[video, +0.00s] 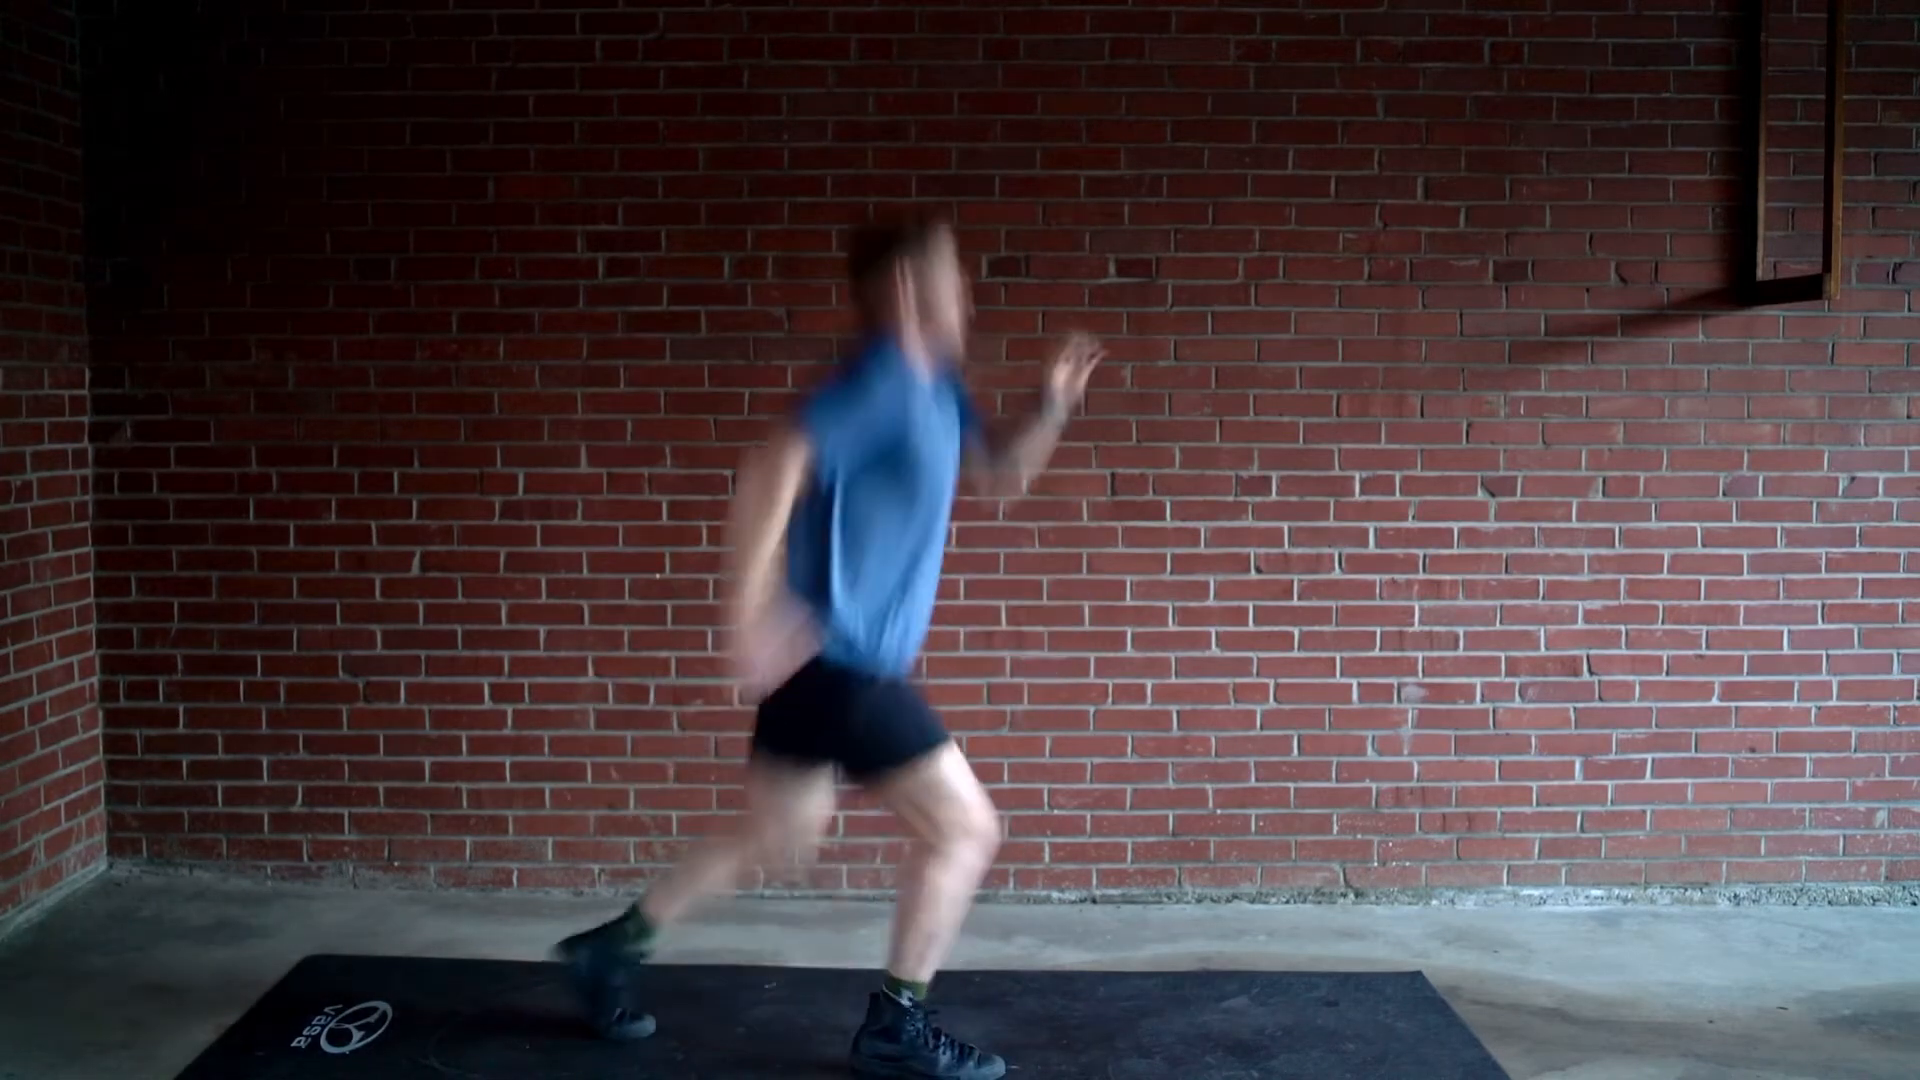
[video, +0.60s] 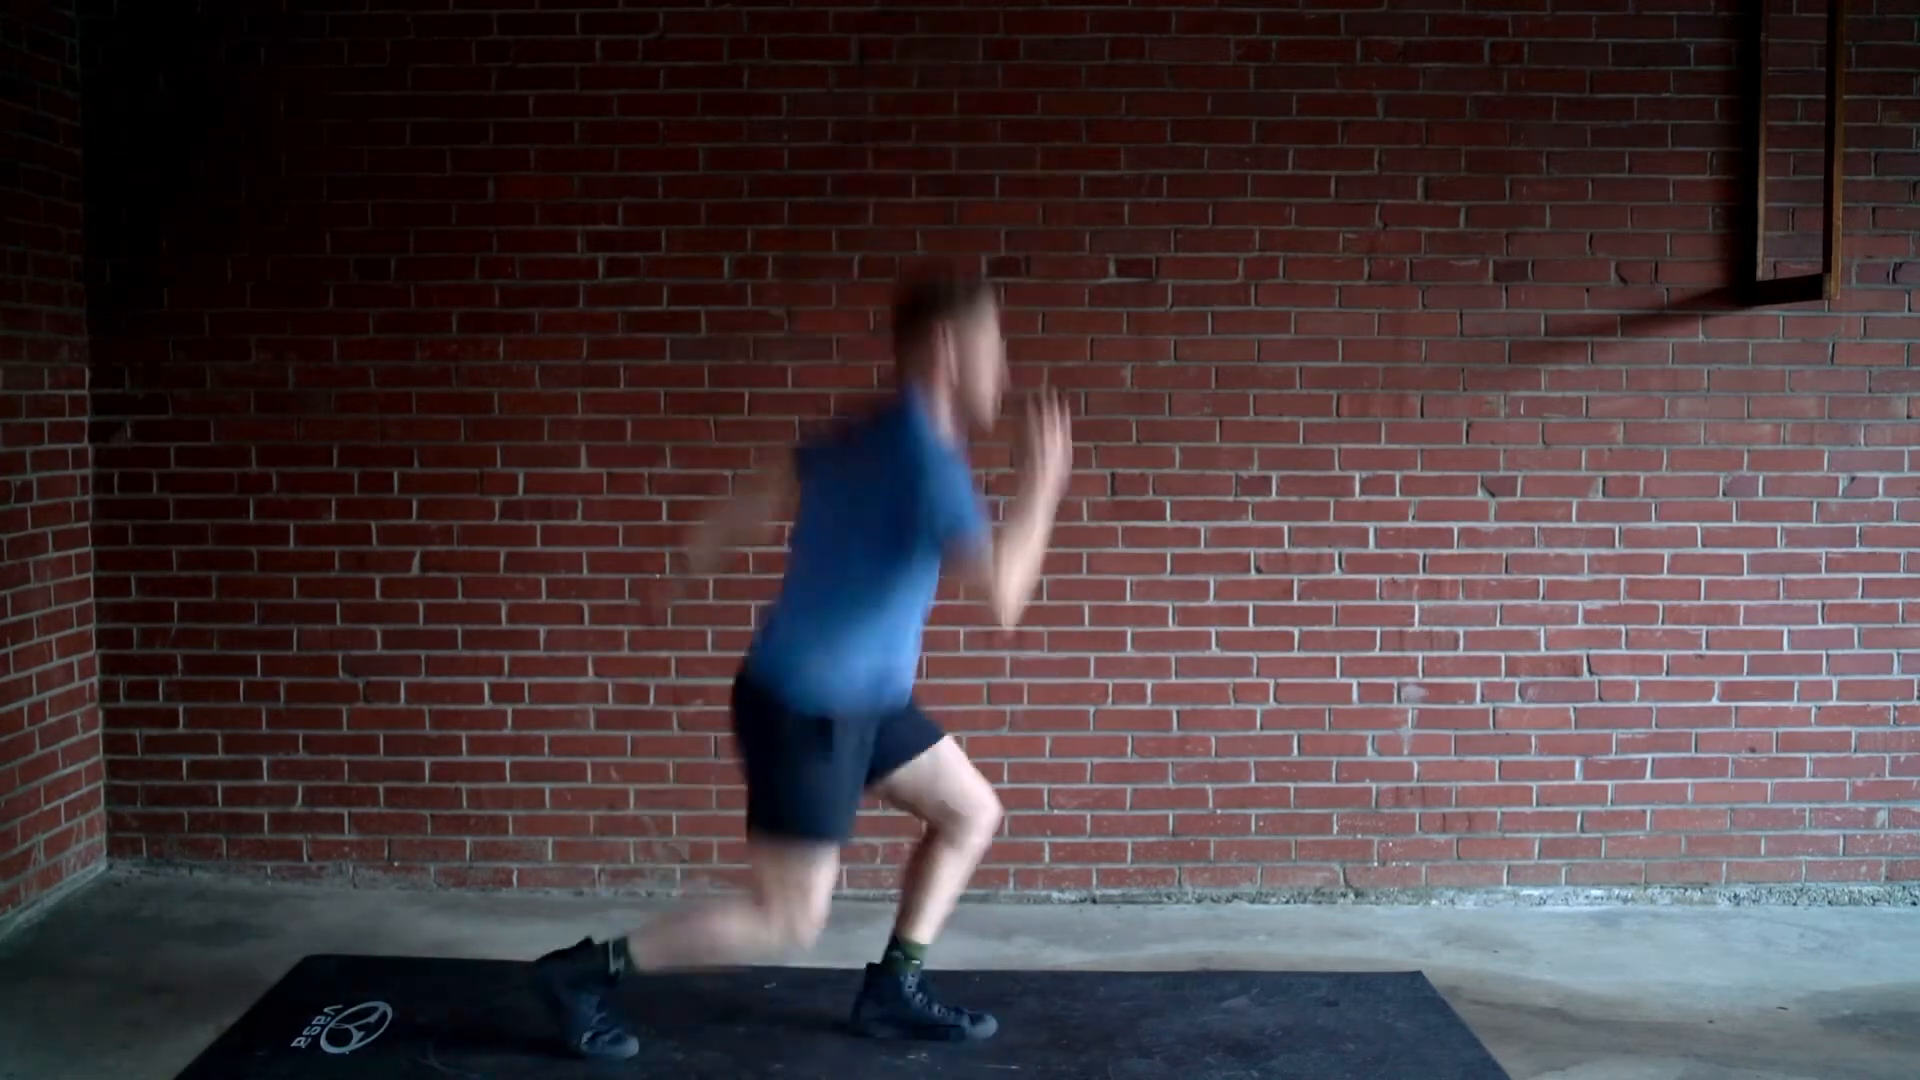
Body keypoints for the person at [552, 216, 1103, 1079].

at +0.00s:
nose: (963, 292)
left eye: (960, 275)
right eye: (944, 275)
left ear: (943, 288)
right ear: (898, 289)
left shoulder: (942, 392)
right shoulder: (881, 382)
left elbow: (1001, 473)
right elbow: (777, 457)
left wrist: (1052, 410)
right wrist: (749, 605)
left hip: (840, 662)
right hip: (841, 665)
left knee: (776, 837)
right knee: (964, 831)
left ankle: (614, 945)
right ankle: (896, 1025)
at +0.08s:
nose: (951, 193)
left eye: (950, 176)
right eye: (935, 175)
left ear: (928, 190)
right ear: (886, 187)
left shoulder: (922, 284)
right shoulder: (870, 274)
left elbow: (934, 383)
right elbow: (797, 395)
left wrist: (1035, 388)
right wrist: (845, 519)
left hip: (853, 543)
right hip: (844, 548)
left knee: (763, 731)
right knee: (871, 771)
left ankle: (669, 891)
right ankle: (901, 979)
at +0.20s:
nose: (960, 108)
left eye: (957, 90)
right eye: (946, 89)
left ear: (903, 100)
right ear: (896, 97)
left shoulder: (898, 199)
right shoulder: (871, 189)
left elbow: (898, 338)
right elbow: (870, 331)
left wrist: (906, 452)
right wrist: (1013, 321)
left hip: (857, 461)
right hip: (841, 459)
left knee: (831, 668)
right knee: (849, 671)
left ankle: (767, 850)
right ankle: (770, 853)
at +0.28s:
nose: (969, 98)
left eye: (967, 81)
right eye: (958, 81)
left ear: (908, 86)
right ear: (910, 84)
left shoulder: (895, 176)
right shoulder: (875, 178)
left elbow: (909, 308)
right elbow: (946, 307)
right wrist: (1043, 231)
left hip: (867, 451)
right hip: (833, 450)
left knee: (877, 648)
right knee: (825, 667)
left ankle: (824, 841)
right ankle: (685, 832)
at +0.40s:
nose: (980, 141)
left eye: (976, 122)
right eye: (968, 123)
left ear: (913, 129)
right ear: (919, 127)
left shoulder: (862, 218)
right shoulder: (904, 225)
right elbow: (1002, 339)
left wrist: (701, 396)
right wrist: (1042, 227)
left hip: (875, 497)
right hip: (828, 497)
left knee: (906, 687)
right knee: (778, 713)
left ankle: (897, 880)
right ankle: (621, 847)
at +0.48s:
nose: (988, 208)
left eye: (984, 188)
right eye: (973, 188)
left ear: (914, 195)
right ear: (922, 192)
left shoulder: (853, 287)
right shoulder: (915, 296)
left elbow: (753, 363)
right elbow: (1009, 421)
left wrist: (674, 437)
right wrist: (1040, 294)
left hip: (868, 565)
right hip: (824, 567)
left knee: (927, 739)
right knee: (769, 774)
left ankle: (916, 938)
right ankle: (611, 911)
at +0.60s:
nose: (1003, 362)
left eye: (999, 341)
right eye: (990, 342)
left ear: (938, 348)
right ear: (942, 347)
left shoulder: (876, 431)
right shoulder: (922, 452)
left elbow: (767, 482)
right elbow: (1002, 597)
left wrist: (700, 550)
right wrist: (1044, 478)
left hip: (870, 699)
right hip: (802, 704)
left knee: (971, 812)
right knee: (787, 920)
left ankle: (896, 985)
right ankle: (586, 970)